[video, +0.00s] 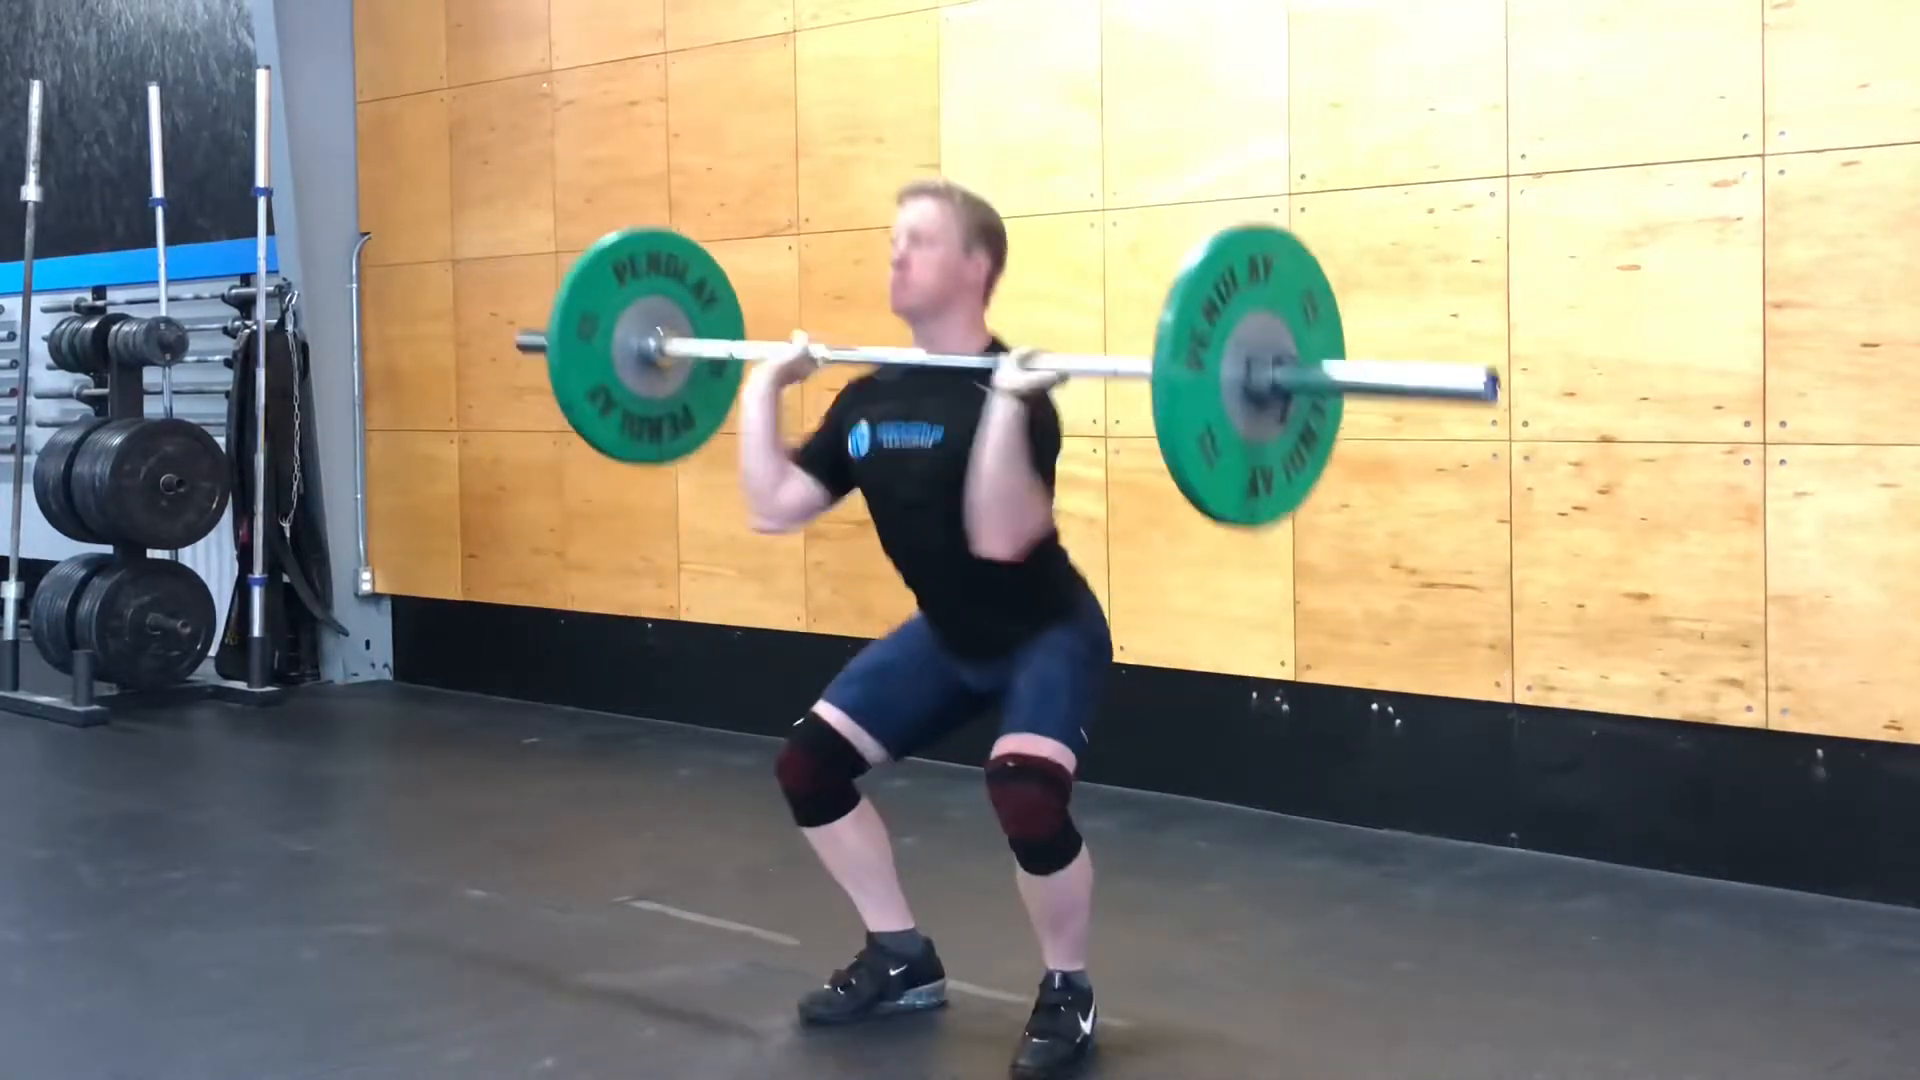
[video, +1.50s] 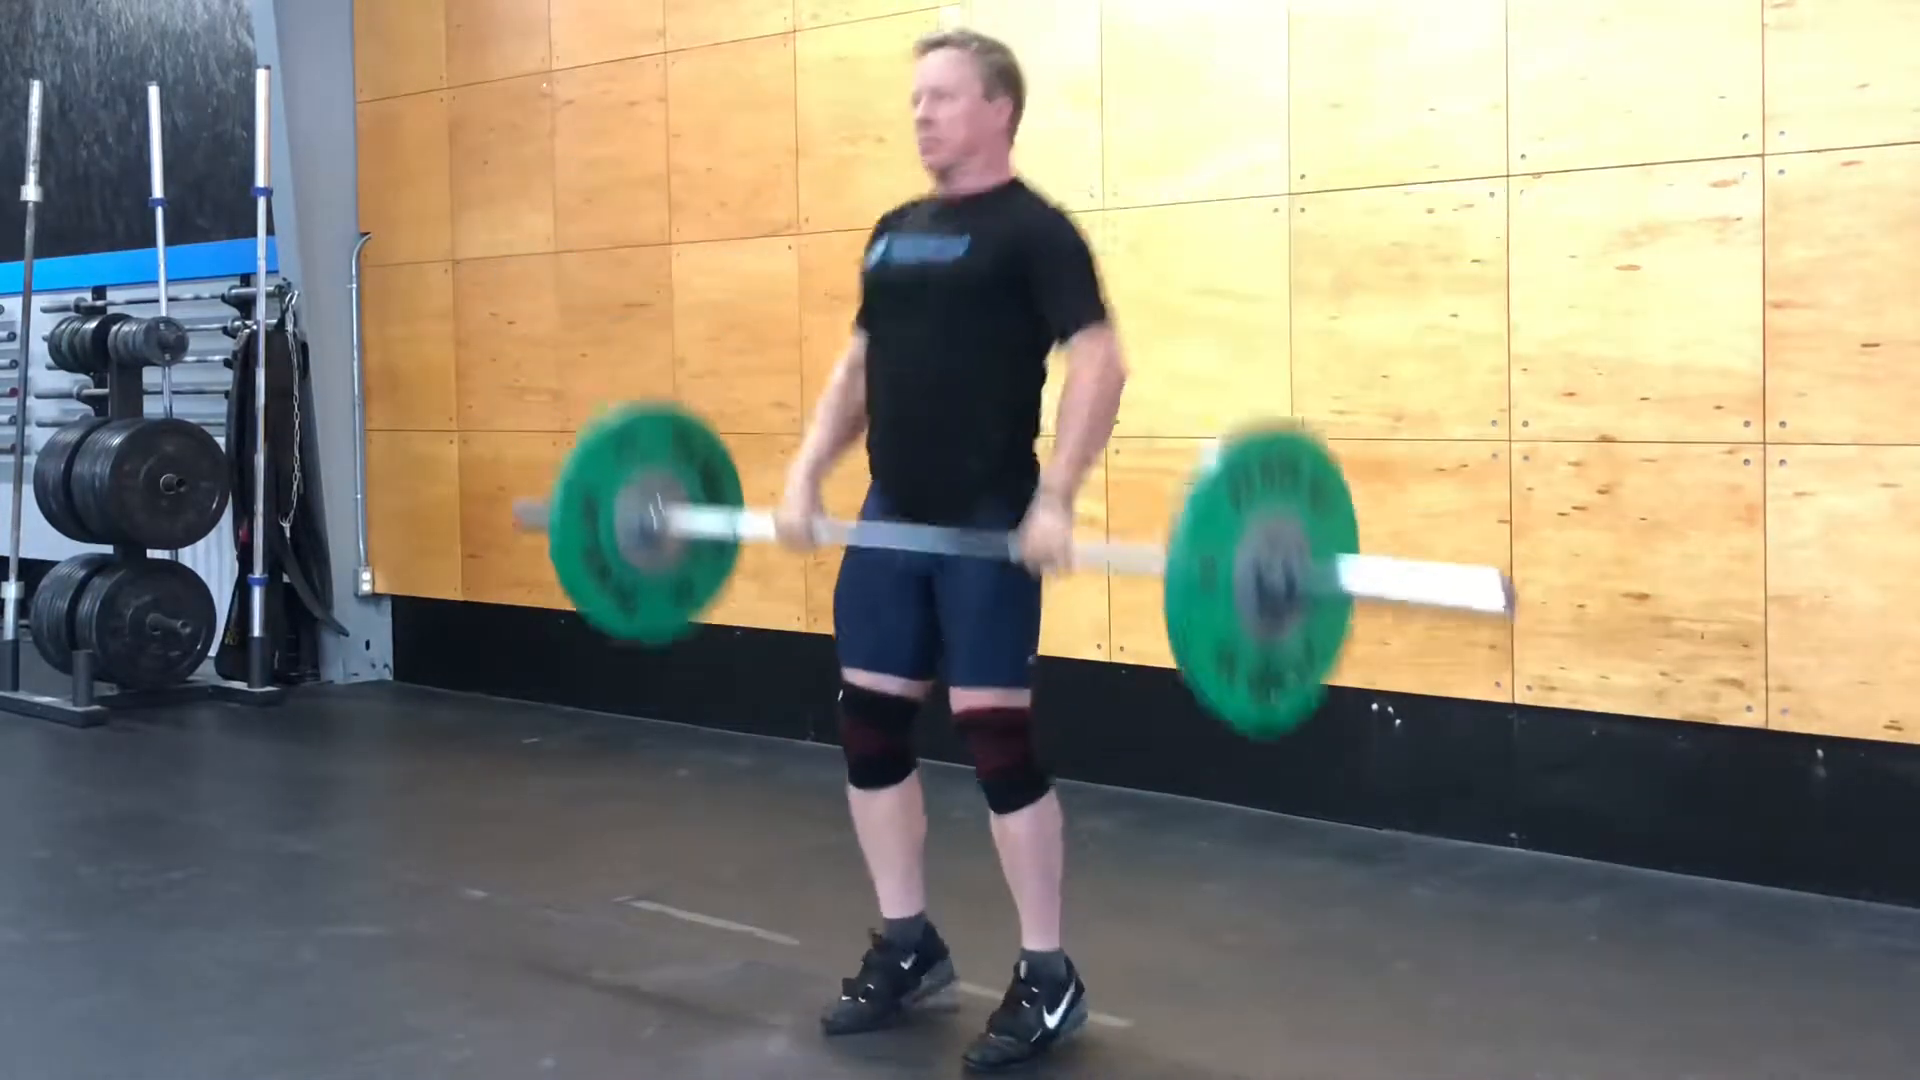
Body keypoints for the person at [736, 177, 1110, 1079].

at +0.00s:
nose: (896, 257)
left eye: (917, 244)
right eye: (895, 243)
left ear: (978, 265)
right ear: (898, 265)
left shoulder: (1019, 393)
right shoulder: (871, 399)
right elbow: (772, 504)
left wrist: (1008, 399)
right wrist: (764, 383)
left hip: (1050, 629)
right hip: (948, 633)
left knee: (1026, 788)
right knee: (810, 766)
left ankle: (1065, 994)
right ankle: (901, 957)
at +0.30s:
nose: (914, 440)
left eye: (935, 425)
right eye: (911, 425)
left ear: (994, 449)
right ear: (907, 437)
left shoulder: (1024, 567)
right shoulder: (876, 553)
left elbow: (942, 631)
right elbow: (735, 584)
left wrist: (992, 517)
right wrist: (787, 496)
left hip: (1056, 783)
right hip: (947, 783)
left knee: (1050, 818)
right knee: (790, 791)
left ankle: (1068, 994)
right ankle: (900, 957)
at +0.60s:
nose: (908, 386)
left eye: (926, 370)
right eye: (906, 370)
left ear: (986, 387)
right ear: (905, 383)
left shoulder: (1021, 507)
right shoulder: (869, 497)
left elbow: (946, 575)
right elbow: (732, 534)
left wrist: (983, 454)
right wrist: (780, 446)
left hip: (1062, 719)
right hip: (955, 722)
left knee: (1045, 807)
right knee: (797, 783)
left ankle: (1067, 997)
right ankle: (900, 959)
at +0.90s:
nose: (921, 148)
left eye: (943, 133)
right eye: (918, 132)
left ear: (1002, 157)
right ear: (917, 153)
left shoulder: (1033, 281)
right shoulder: (880, 280)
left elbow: (991, 404)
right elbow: (793, 394)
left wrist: (998, 273)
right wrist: (775, 274)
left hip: (1026, 546)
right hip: (928, 548)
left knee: (1022, 759)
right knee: (856, 744)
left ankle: (1067, 988)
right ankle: (906, 956)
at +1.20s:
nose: (919, 127)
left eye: (939, 112)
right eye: (918, 112)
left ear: (1000, 130)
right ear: (927, 133)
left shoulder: (1040, 240)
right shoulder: (900, 247)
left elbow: (1089, 391)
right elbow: (846, 376)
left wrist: (1052, 277)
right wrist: (795, 280)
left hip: (1009, 529)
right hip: (912, 531)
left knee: (1007, 754)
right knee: (884, 742)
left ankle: (1060, 988)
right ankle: (912, 959)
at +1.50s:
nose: (921, 119)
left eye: (940, 103)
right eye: (916, 104)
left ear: (1001, 111)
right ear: (918, 116)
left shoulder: (1039, 231)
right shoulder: (896, 234)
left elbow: (1100, 364)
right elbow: (864, 363)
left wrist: (1057, 496)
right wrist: (806, 472)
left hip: (990, 533)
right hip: (888, 523)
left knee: (999, 747)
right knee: (870, 732)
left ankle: (1045, 977)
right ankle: (906, 945)